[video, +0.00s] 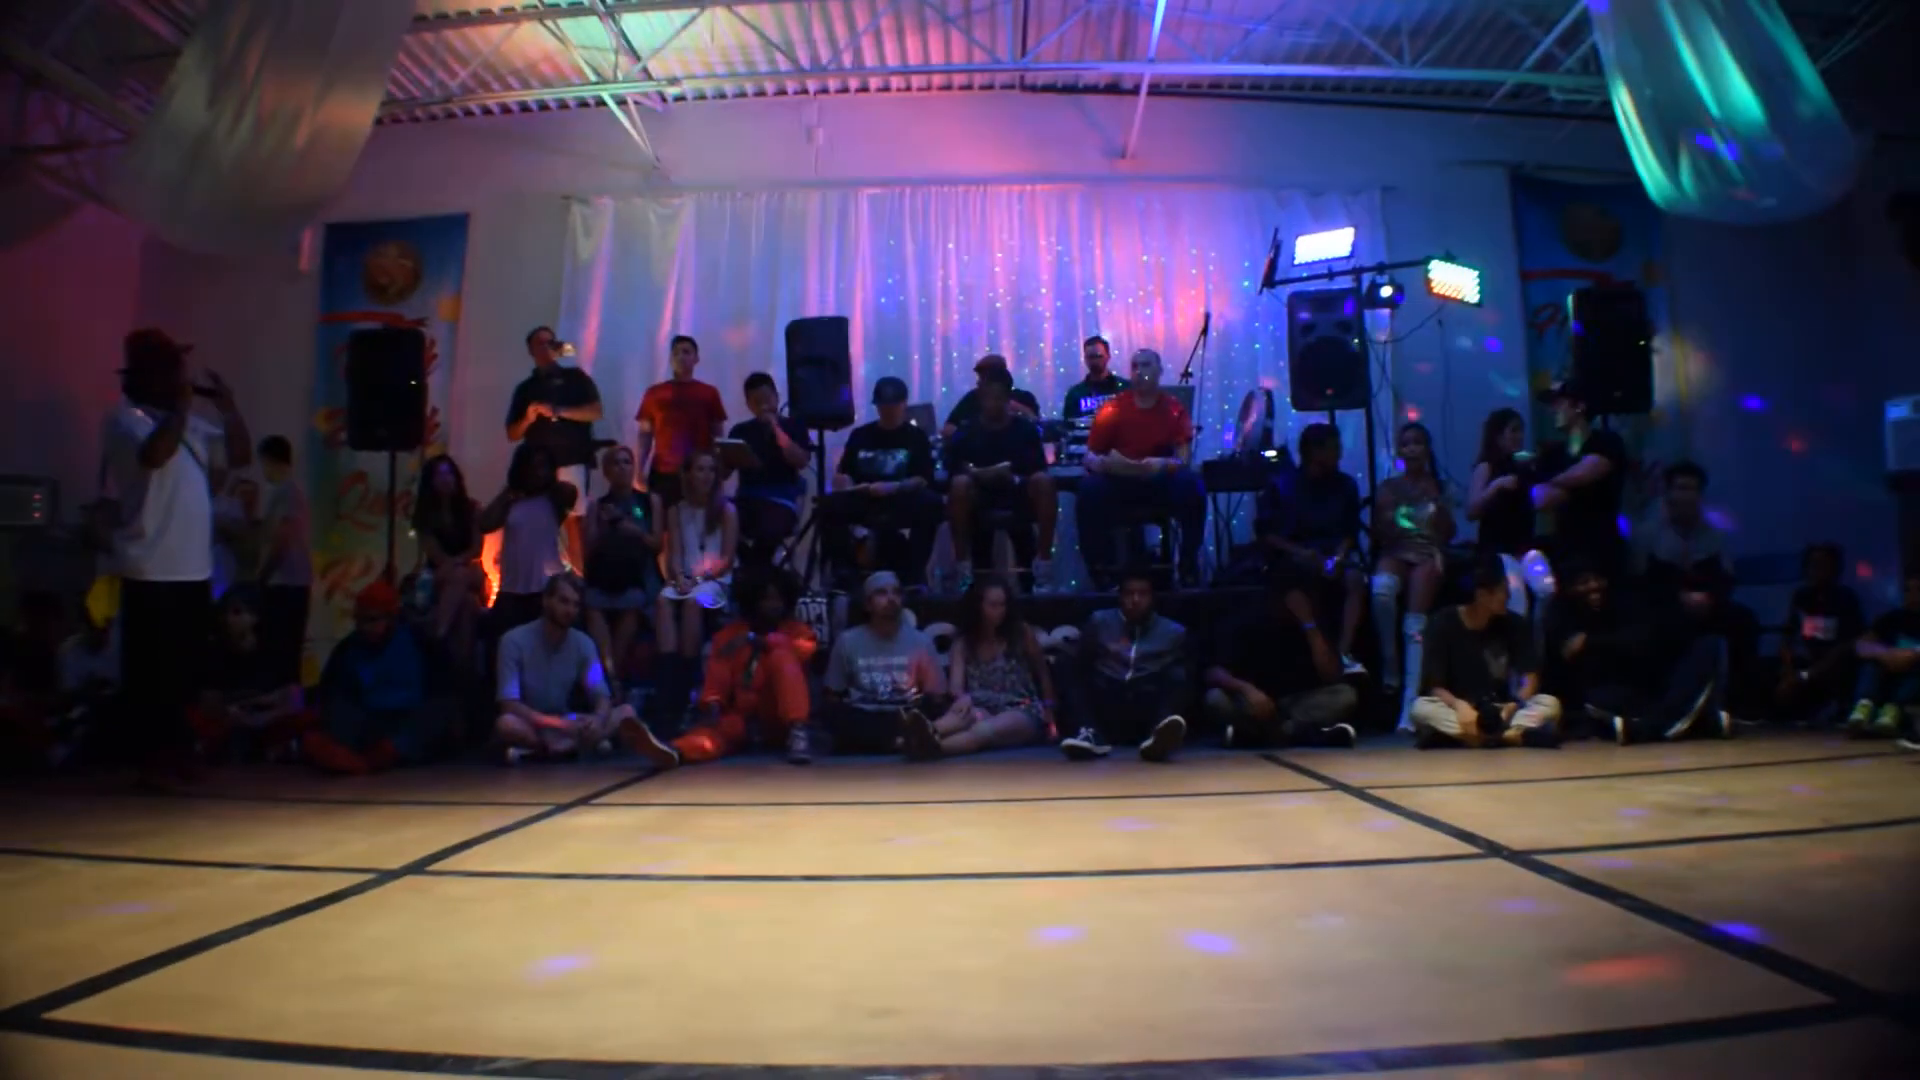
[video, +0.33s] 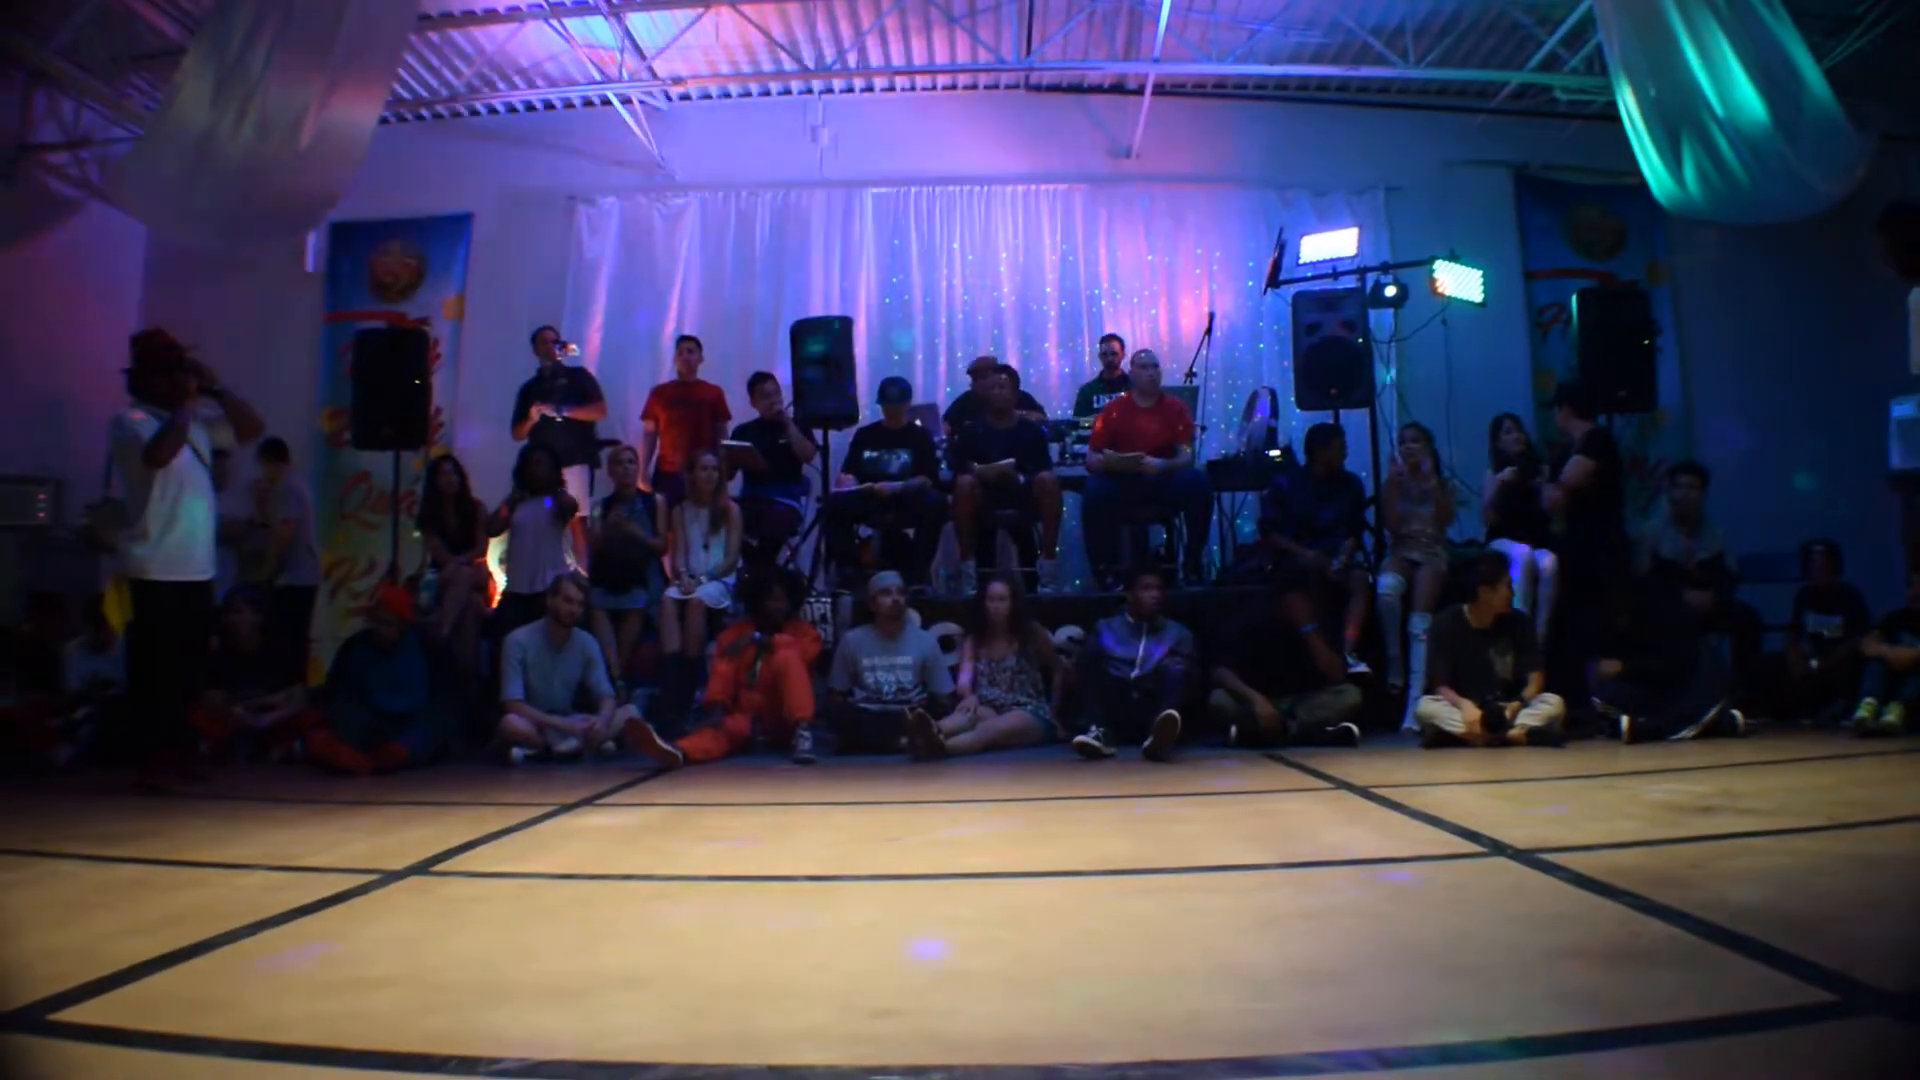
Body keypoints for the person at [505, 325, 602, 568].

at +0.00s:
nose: (547, 348)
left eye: (550, 343)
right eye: (540, 344)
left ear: (558, 347)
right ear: (531, 351)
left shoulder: (577, 377)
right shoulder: (525, 388)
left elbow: (595, 412)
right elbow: (513, 433)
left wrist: (559, 412)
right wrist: (528, 419)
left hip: (572, 459)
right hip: (538, 461)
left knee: (574, 520)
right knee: (536, 517)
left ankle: (579, 574)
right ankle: (538, 575)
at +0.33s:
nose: (551, 347)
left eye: (555, 342)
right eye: (545, 343)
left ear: (562, 346)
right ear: (535, 350)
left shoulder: (580, 376)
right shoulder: (529, 387)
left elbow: (599, 411)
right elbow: (517, 433)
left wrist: (562, 411)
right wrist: (531, 420)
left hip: (576, 458)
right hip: (542, 461)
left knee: (578, 520)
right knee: (541, 520)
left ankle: (583, 574)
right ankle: (541, 577)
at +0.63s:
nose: (551, 348)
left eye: (554, 342)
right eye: (544, 344)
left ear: (561, 346)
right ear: (535, 351)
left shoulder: (579, 377)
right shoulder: (528, 388)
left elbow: (598, 413)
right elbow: (516, 434)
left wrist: (561, 412)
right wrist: (530, 421)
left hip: (575, 459)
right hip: (541, 463)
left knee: (576, 522)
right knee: (542, 521)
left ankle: (582, 576)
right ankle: (543, 579)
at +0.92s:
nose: (549, 350)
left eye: (552, 345)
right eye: (542, 346)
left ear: (560, 349)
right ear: (533, 352)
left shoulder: (577, 379)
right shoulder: (526, 389)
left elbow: (595, 414)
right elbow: (513, 435)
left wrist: (558, 414)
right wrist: (527, 421)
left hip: (571, 461)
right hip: (538, 463)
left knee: (573, 522)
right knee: (539, 521)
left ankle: (578, 577)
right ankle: (541, 579)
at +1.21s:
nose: (549, 351)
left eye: (552, 345)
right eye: (542, 346)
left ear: (560, 349)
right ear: (533, 352)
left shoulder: (576, 379)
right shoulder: (526, 390)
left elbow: (594, 415)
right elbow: (513, 435)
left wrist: (558, 414)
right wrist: (527, 422)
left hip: (570, 462)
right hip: (537, 465)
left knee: (571, 525)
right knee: (537, 524)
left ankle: (575, 580)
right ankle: (538, 582)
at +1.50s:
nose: (549, 352)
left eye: (552, 346)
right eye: (543, 348)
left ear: (560, 350)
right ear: (533, 353)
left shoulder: (577, 380)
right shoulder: (526, 391)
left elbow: (594, 415)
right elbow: (514, 436)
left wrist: (558, 414)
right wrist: (527, 421)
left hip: (571, 463)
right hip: (538, 465)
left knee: (573, 523)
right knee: (538, 522)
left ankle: (575, 576)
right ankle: (540, 579)